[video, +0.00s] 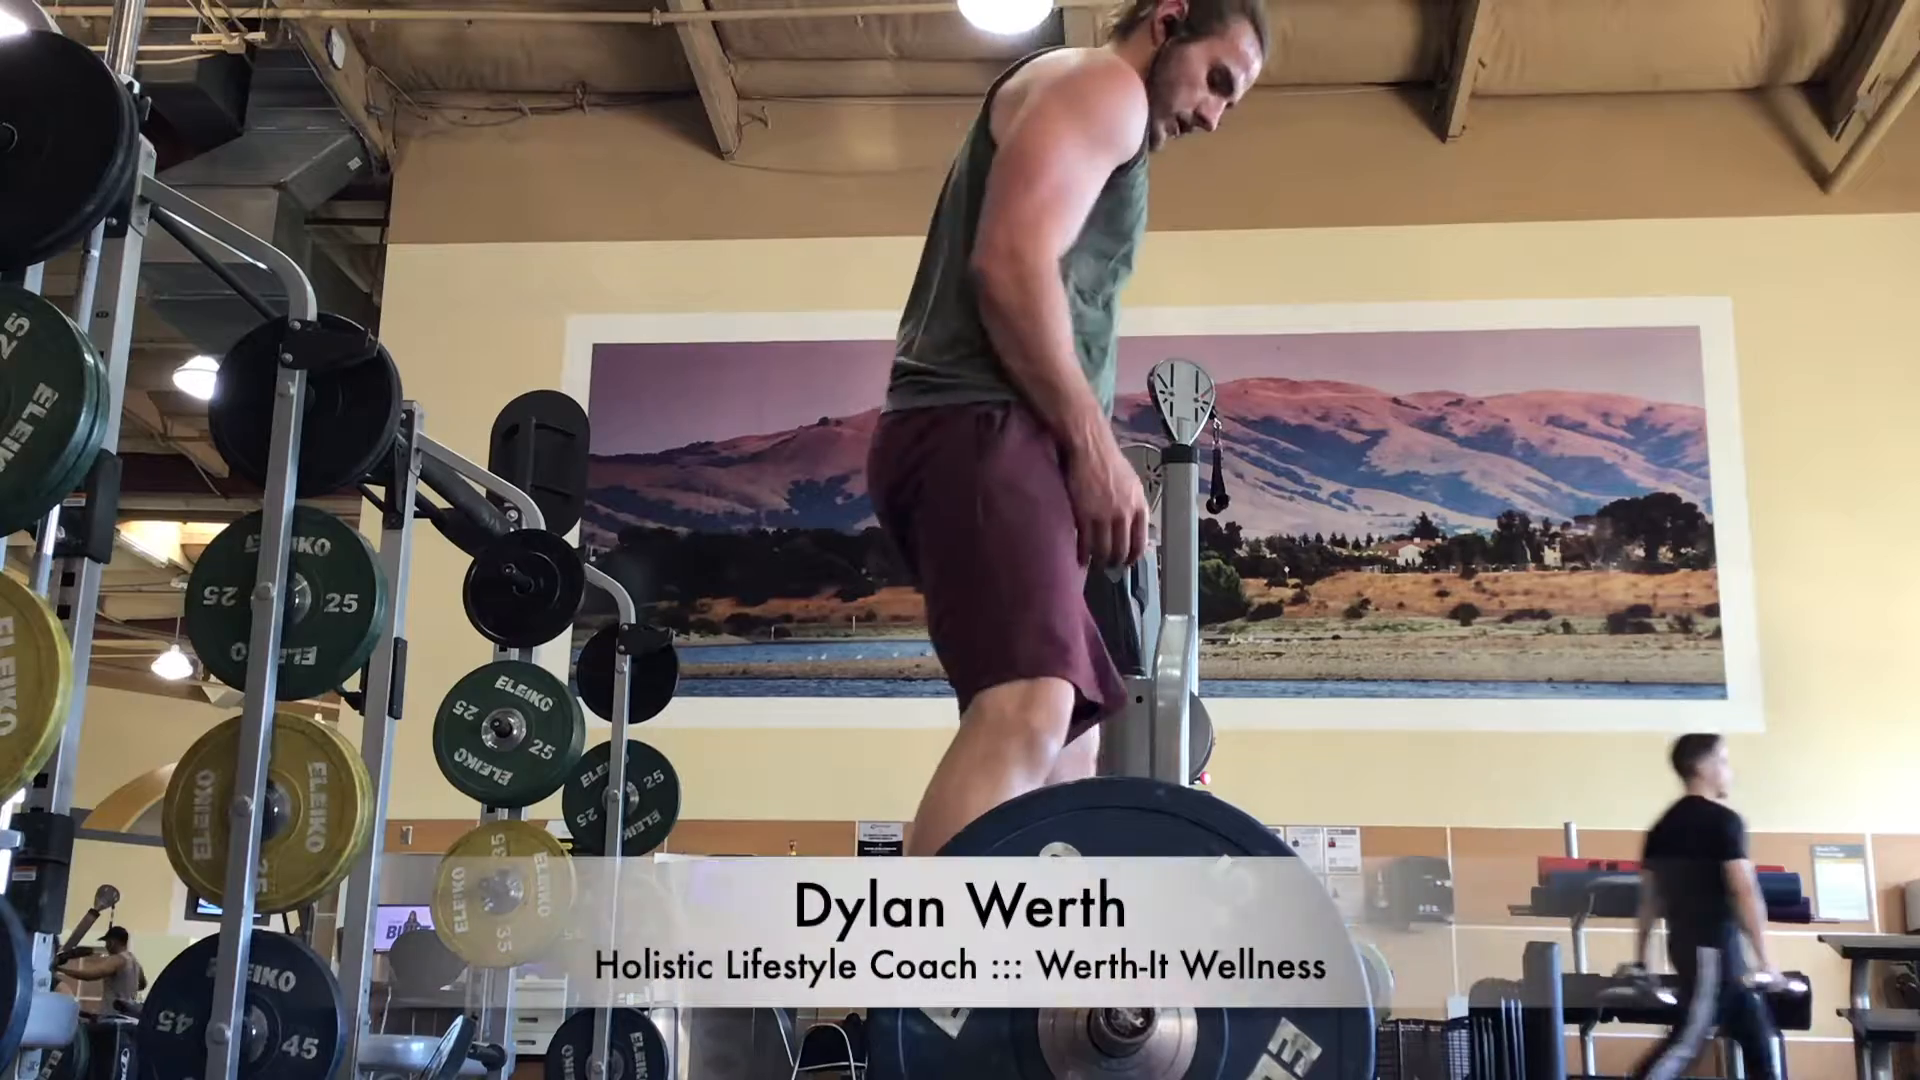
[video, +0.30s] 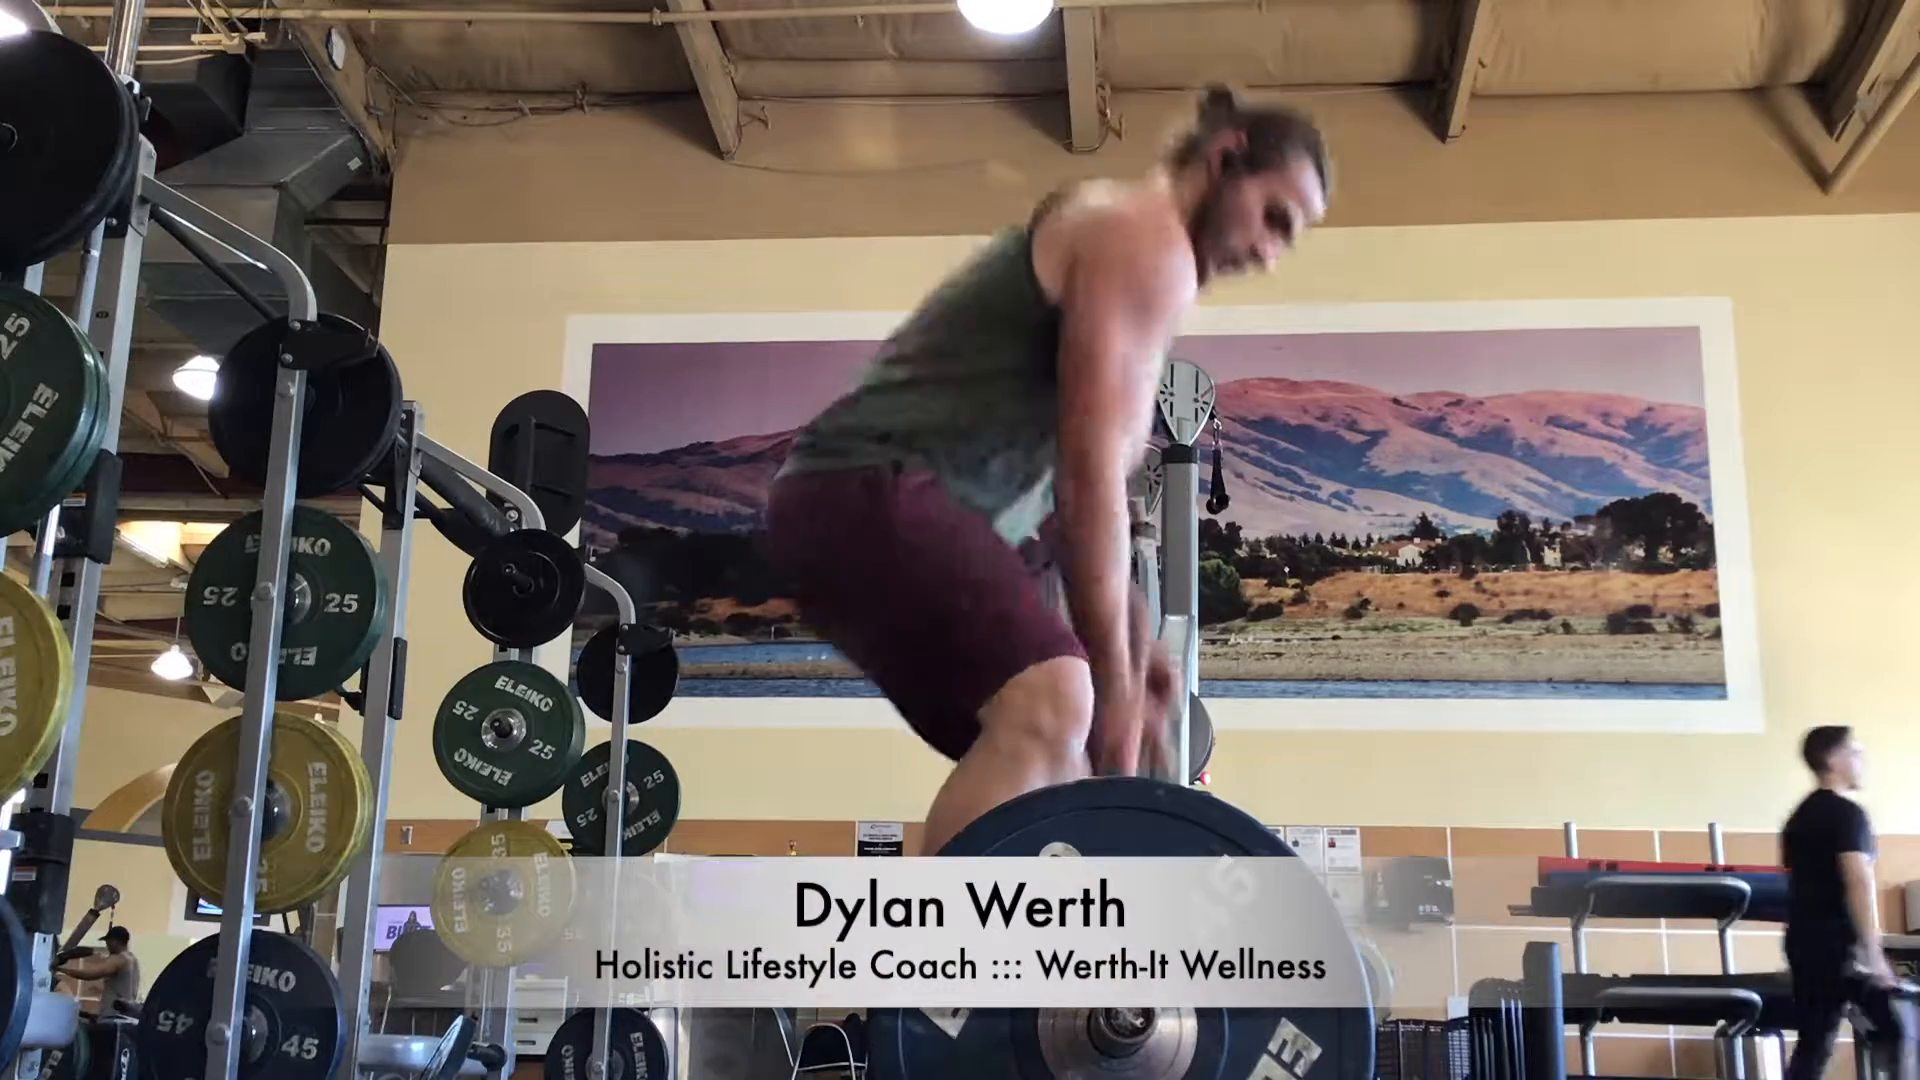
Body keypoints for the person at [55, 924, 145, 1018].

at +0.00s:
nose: (106, 946)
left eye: (107, 942)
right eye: (106, 942)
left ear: (114, 942)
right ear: (124, 942)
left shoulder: (117, 959)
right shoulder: (134, 961)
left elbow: (89, 975)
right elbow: (142, 984)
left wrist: (61, 970)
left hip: (110, 1016)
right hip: (127, 1017)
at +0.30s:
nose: (107, 945)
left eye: (109, 942)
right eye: (106, 942)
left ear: (116, 942)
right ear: (124, 942)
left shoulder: (119, 960)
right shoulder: (132, 960)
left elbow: (89, 975)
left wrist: (61, 969)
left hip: (111, 1016)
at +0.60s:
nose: (107, 946)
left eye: (108, 943)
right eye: (106, 943)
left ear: (116, 943)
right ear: (123, 943)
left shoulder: (121, 960)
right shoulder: (132, 960)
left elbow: (87, 974)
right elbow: (117, 987)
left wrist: (61, 969)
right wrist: (90, 989)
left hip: (112, 1017)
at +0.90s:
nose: (107, 946)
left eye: (108, 943)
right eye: (106, 943)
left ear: (116, 943)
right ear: (122, 943)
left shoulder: (121, 960)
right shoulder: (131, 960)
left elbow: (88, 974)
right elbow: (110, 991)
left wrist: (61, 969)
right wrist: (79, 989)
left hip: (113, 1017)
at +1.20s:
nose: (107, 948)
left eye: (108, 944)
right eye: (107, 944)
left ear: (116, 943)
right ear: (121, 943)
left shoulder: (121, 960)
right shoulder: (130, 961)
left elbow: (88, 974)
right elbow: (105, 987)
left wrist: (61, 969)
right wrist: (79, 984)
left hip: (112, 1018)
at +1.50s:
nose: (107, 947)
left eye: (108, 944)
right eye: (106, 944)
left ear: (116, 943)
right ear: (121, 943)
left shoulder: (122, 960)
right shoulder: (129, 961)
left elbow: (88, 973)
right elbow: (97, 985)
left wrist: (60, 969)